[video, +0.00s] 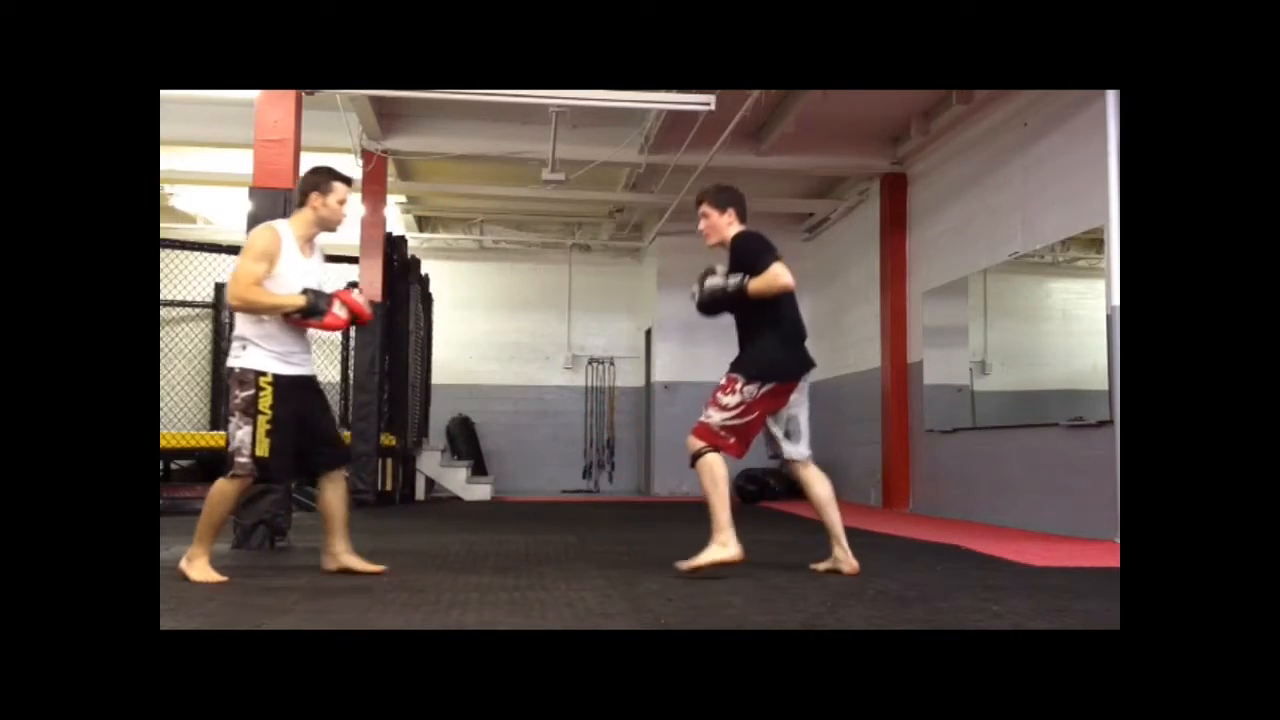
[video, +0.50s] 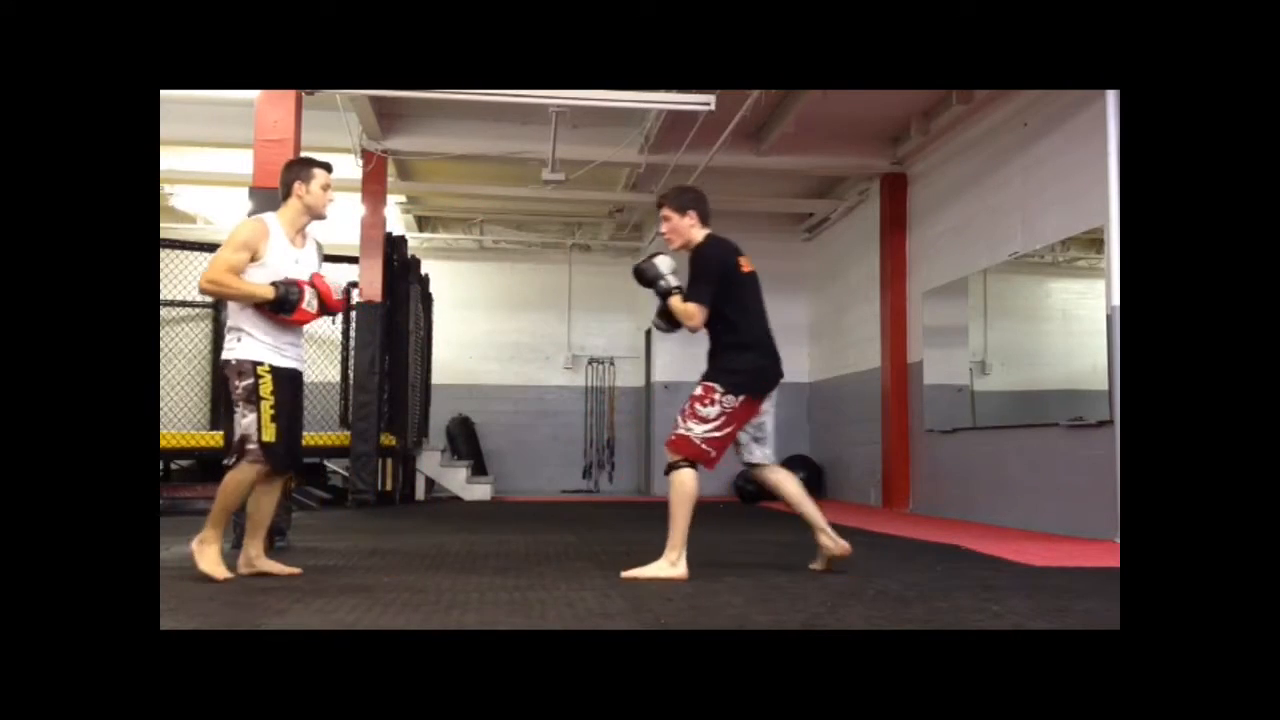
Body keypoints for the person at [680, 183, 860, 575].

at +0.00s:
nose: (700, 226)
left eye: (704, 217)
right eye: (699, 218)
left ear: (729, 215)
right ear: (727, 218)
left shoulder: (746, 243)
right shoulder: (746, 250)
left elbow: (783, 279)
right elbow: (761, 291)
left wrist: (732, 289)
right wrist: (721, 288)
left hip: (763, 364)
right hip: (791, 364)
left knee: (702, 442)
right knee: (799, 460)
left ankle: (724, 540)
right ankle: (843, 553)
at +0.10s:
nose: (704, 219)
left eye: (709, 210)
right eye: (703, 212)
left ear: (733, 208)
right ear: (732, 211)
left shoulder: (751, 235)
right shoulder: (750, 243)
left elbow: (785, 273)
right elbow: (760, 294)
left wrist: (735, 273)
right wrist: (722, 285)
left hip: (767, 360)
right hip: (792, 360)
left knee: (711, 446)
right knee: (812, 458)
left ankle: (698, 546)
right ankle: (849, 552)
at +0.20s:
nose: (706, 228)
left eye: (711, 219)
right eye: (704, 220)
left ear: (736, 217)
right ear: (734, 220)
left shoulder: (752, 245)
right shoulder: (752, 256)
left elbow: (776, 291)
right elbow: (746, 323)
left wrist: (726, 278)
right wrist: (717, 294)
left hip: (770, 370)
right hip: (793, 368)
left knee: (720, 458)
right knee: (820, 460)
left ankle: (684, 555)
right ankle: (850, 553)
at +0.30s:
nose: (697, 227)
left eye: (702, 218)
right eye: (695, 220)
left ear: (726, 215)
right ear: (726, 218)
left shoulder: (744, 247)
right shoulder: (747, 252)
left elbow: (748, 305)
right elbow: (739, 319)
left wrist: (708, 283)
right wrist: (707, 297)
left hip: (762, 374)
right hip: (784, 371)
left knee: (714, 461)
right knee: (811, 462)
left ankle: (678, 557)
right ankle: (849, 553)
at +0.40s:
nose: (679, 229)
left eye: (683, 219)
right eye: (677, 221)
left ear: (709, 216)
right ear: (708, 220)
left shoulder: (729, 251)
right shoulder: (730, 252)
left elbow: (711, 314)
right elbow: (720, 311)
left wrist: (682, 282)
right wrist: (690, 300)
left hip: (748, 374)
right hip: (770, 372)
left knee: (693, 457)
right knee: (789, 462)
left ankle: (674, 559)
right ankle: (845, 550)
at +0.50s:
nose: (662, 230)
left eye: (667, 221)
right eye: (661, 222)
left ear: (691, 218)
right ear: (694, 220)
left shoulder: (708, 253)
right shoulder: (726, 250)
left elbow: (694, 318)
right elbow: (721, 312)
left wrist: (667, 288)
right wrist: (680, 315)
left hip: (734, 372)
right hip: (761, 370)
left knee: (681, 453)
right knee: (759, 463)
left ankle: (673, 559)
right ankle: (829, 540)